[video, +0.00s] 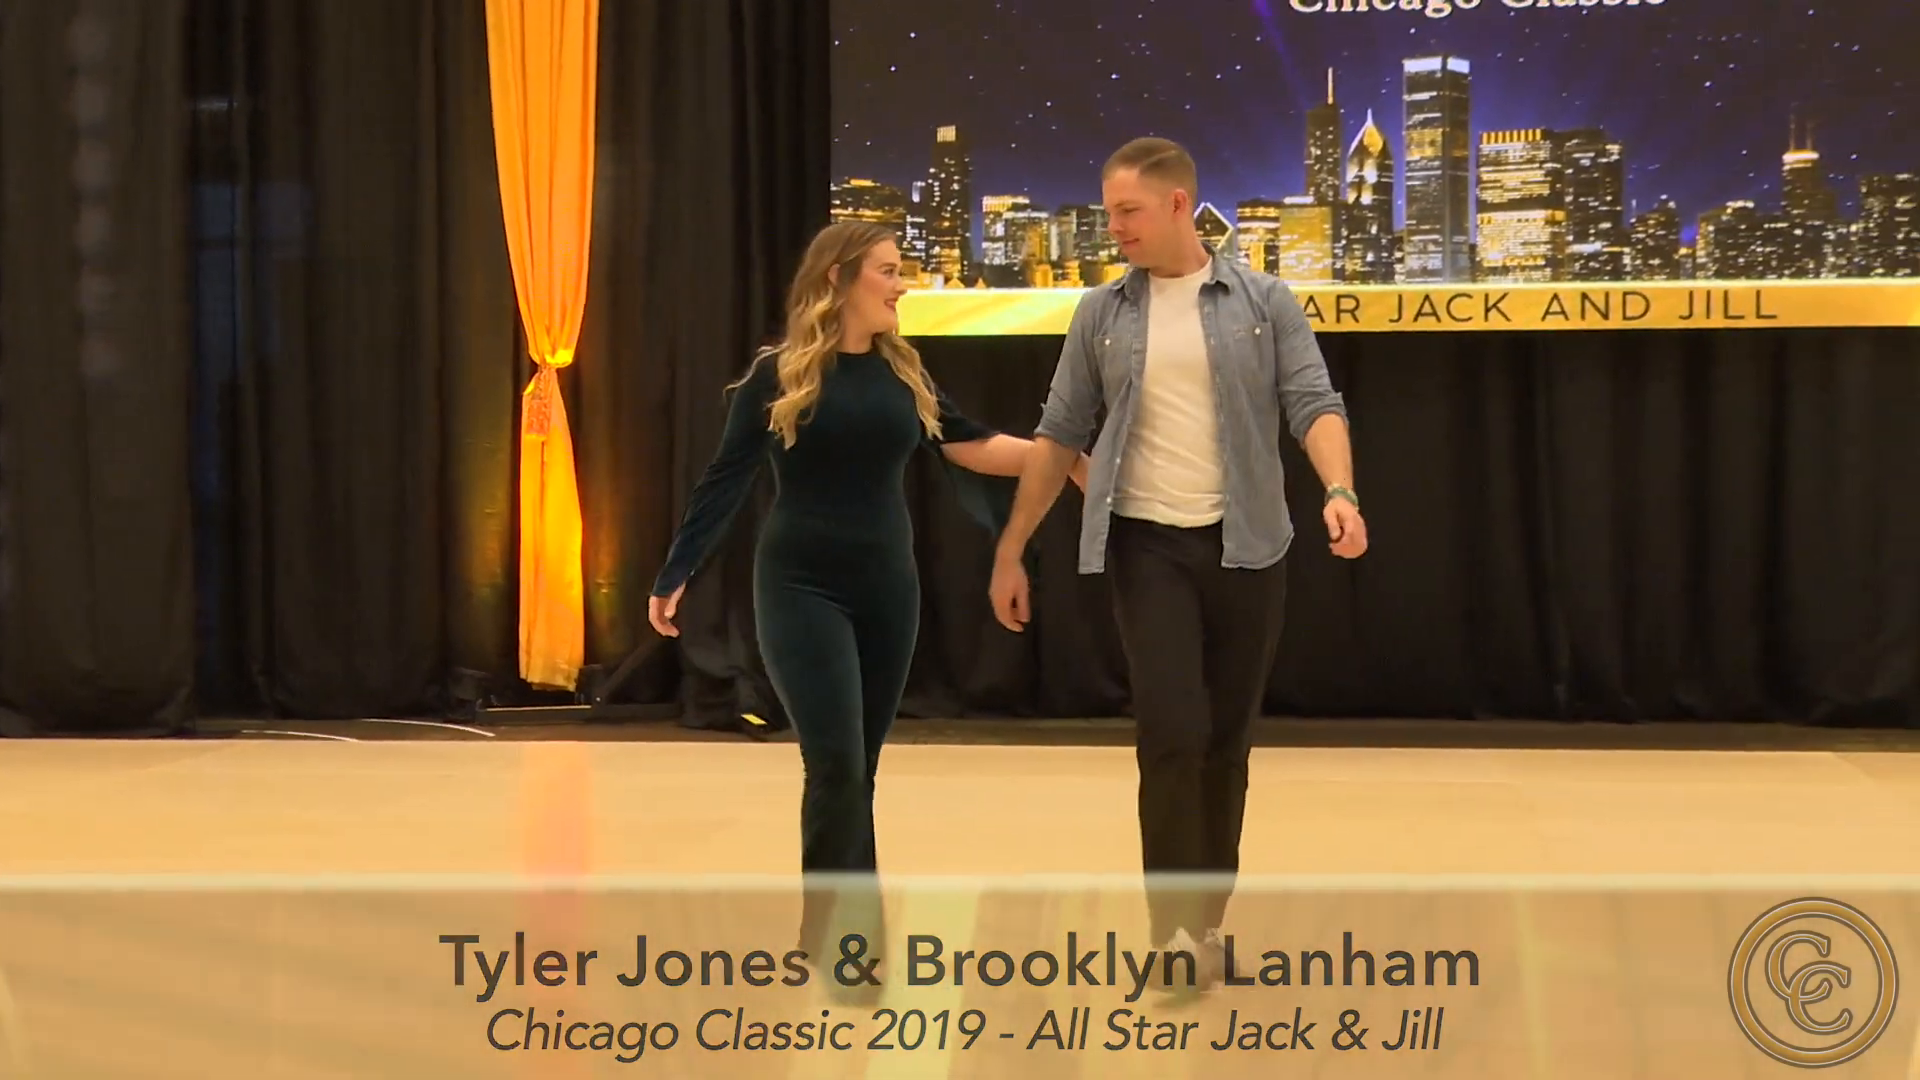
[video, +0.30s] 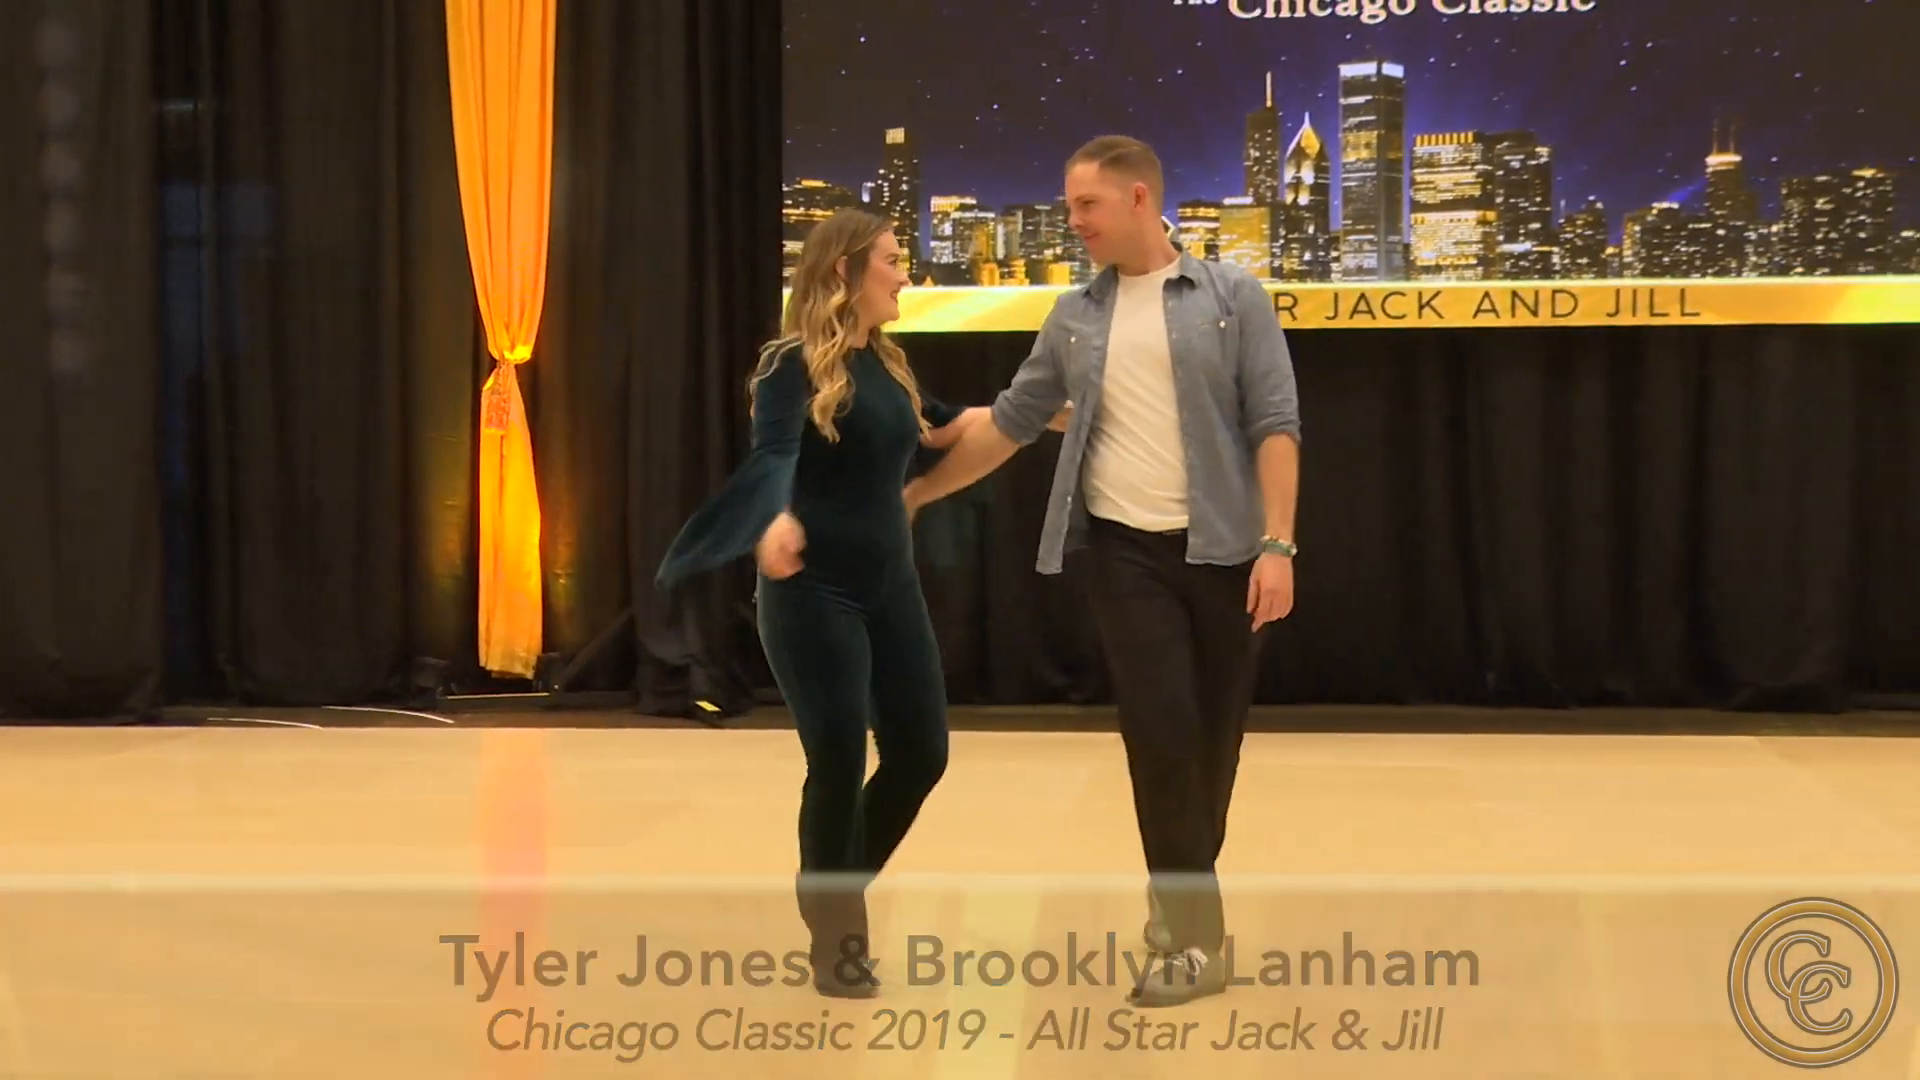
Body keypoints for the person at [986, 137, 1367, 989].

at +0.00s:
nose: (1116, 228)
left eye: (1128, 213)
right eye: (1110, 214)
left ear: (1182, 206)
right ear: (1113, 215)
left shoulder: (1266, 301)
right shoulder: (1102, 310)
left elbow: (1314, 405)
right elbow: (1059, 439)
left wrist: (1339, 491)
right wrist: (1008, 549)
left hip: (1246, 545)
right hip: (1144, 545)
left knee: (1225, 742)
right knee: (1172, 734)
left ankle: (1208, 927)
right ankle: (1170, 935)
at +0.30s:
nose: (1075, 222)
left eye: (1088, 205)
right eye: (1070, 207)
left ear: (1142, 199)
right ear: (1085, 211)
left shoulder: (1235, 296)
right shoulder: (1077, 311)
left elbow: (1277, 425)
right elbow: (1008, 421)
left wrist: (1277, 543)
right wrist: (911, 493)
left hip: (1220, 550)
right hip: (1120, 548)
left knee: (1213, 746)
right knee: (1160, 739)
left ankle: (1173, 919)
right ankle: (1193, 945)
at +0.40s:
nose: (1065, 215)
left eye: (1078, 197)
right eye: (1060, 200)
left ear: (1132, 191)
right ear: (1082, 202)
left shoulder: (1225, 288)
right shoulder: (1067, 306)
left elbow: (1265, 422)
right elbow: (995, 409)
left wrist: (1265, 549)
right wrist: (886, 463)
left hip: (1206, 540)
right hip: (1107, 542)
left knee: (1218, 733)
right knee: (1142, 736)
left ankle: (1222, 902)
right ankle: (1176, 938)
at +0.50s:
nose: (1058, 206)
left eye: (1071, 188)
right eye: (1055, 191)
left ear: (1126, 187)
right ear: (1085, 196)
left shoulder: (1219, 286)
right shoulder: (1063, 299)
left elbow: (1262, 418)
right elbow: (998, 399)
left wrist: (1263, 546)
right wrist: (894, 433)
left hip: (1200, 541)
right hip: (1093, 544)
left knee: (1228, 735)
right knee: (1129, 745)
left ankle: (1260, 923)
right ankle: (1168, 937)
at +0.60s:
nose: (1052, 202)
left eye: (1064, 185)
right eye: (1049, 187)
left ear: (1119, 183)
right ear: (1084, 189)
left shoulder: (1209, 282)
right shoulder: (1052, 297)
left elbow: (1254, 419)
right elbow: (1009, 409)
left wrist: (1264, 548)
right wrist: (938, 425)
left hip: (1194, 539)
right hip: (1087, 544)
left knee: (1231, 733)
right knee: (1119, 744)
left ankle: (1282, 927)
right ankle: (1155, 932)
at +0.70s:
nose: (1044, 199)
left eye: (1058, 183)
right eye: (1042, 185)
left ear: (1112, 182)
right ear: (1075, 189)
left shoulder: (1199, 282)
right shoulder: (1045, 300)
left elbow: (1237, 419)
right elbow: (1006, 413)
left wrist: (1251, 548)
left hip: (1181, 536)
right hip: (1075, 541)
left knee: (1215, 723)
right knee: (1106, 737)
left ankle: (1263, 920)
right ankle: (1142, 924)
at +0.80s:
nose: (1037, 199)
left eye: (1049, 183)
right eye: (1035, 185)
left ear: (1105, 184)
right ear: (1072, 190)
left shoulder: (1189, 283)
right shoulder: (1040, 300)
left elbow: (1224, 420)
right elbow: (1017, 422)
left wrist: (1226, 549)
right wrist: (1007, 535)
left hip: (1166, 536)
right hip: (1066, 541)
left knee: (1189, 719)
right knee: (1095, 738)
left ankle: (1222, 917)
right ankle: (1129, 919)